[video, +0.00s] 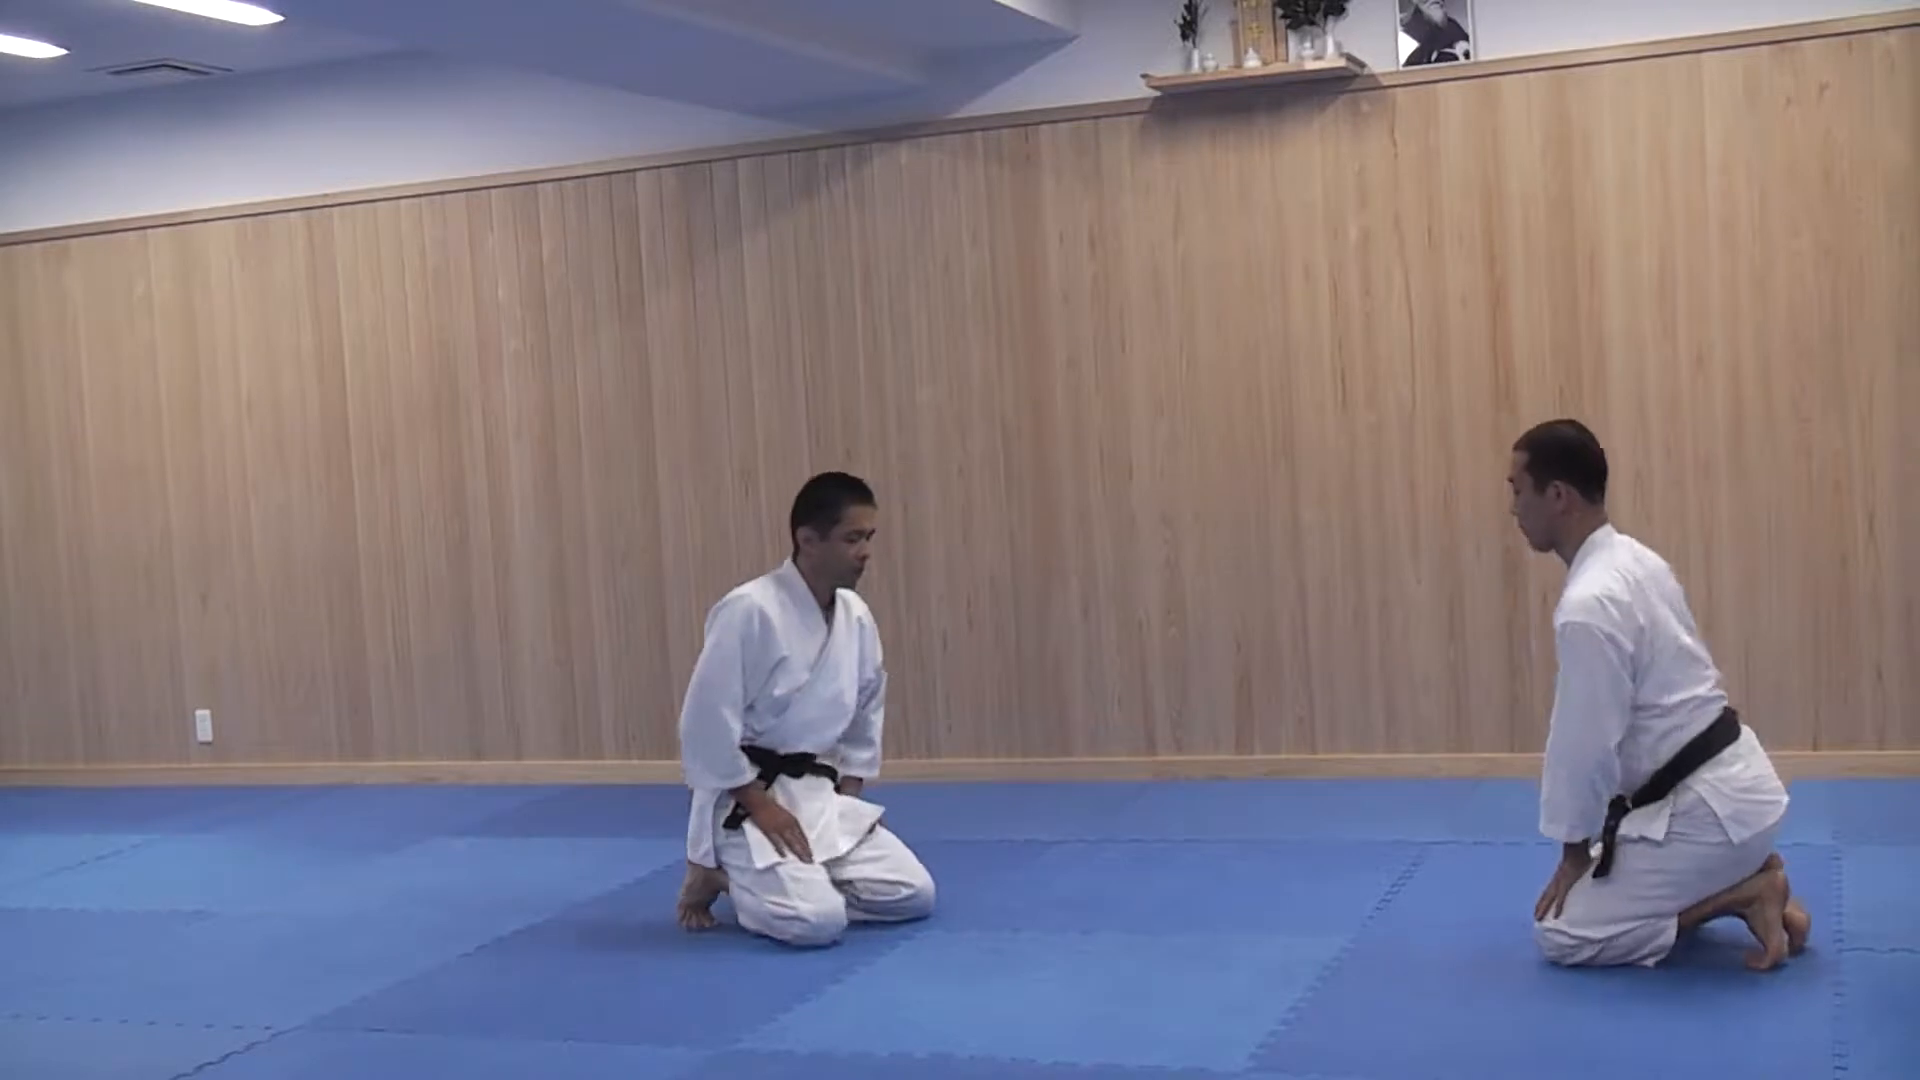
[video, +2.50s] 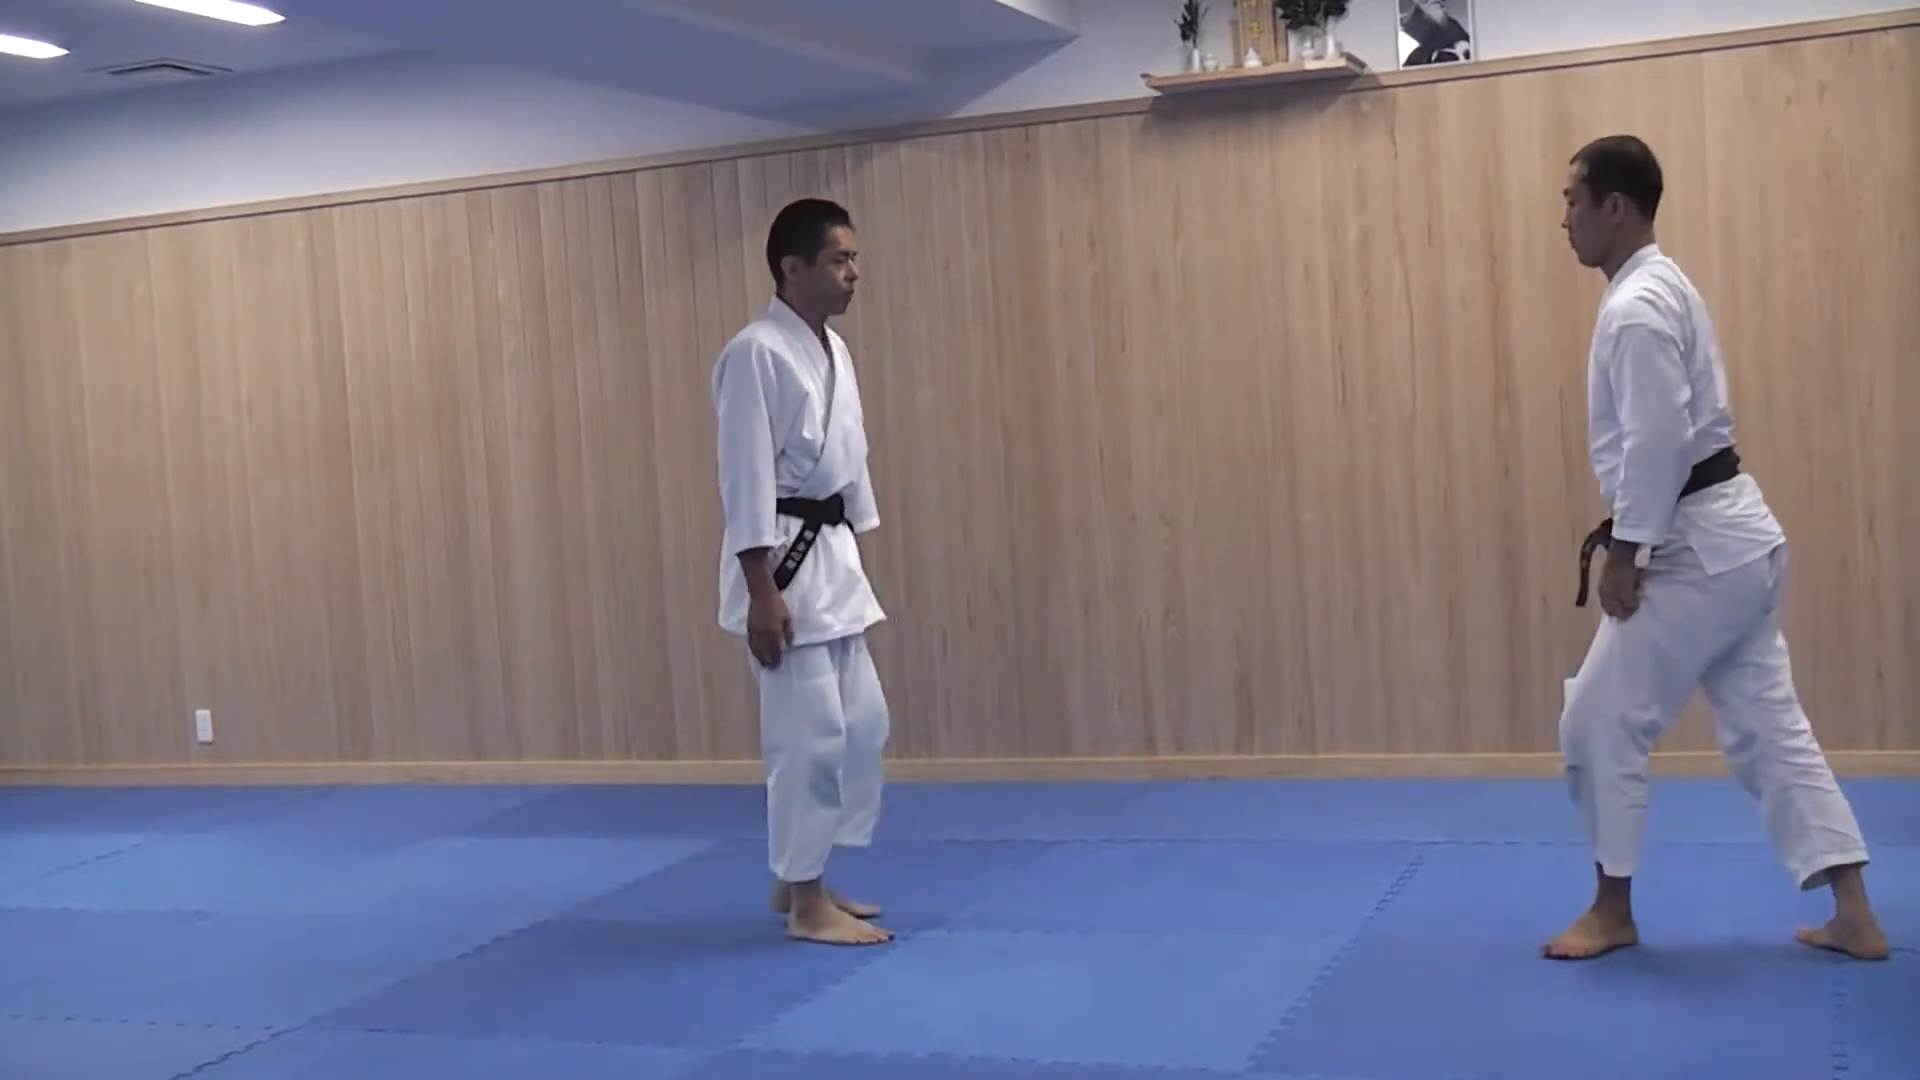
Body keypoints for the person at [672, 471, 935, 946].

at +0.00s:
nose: (866, 553)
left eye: (869, 539)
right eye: (854, 540)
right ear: (806, 540)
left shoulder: (856, 616)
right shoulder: (748, 611)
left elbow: (865, 720)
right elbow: (705, 726)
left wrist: (845, 808)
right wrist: (760, 804)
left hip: (819, 799)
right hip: (744, 804)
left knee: (912, 896)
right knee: (819, 922)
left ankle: (782, 867)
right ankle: (719, 878)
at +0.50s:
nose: (772, 536)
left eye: (774, 521)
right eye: (758, 524)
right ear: (711, 529)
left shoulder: (775, 597)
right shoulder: (656, 613)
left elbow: (805, 680)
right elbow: (638, 733)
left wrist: (813, 751)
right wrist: (695, 804)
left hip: (777, 777)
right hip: (705, 793)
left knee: (884, 859)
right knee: (762, 929)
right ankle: (698, 887)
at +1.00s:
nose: (840, 529)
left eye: (841, 515)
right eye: (826, 516)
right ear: (777, 522)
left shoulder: (827, 584)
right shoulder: (721, 602)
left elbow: (838, 659)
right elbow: (686, 720)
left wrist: (836, 705)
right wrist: (733, 806)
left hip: (817, 750)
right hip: (751, 780)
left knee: (928, 752)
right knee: (763, 936)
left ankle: (868, 887)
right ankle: (703, 871)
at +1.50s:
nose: (905, 431)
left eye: (907, 418)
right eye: (893, 418)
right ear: (843, 423)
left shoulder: (888, 492)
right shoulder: (786, 494)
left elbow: (902, 581)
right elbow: (751, 611)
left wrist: (891, 649)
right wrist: (781, 711)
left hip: (857, 681)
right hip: (787, 689)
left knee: (950, 758)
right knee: (797, 864)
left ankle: (872, 888)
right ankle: (700, 864)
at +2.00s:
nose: (901, 290)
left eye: (905, 278)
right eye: (888, 277)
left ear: (897, 284)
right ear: (839, 280)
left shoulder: (896, 371)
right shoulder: (782, 355)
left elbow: (907, 484)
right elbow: (758, 474)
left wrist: (899, 576)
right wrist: (784, 575)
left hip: (864, 568)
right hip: (794, 569)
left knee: (899, 727)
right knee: (810, 741)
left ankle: (865, 886)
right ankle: (750, 885)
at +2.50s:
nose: (853, 272)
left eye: (854, 259)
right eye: (838, 260)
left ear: (820, 269)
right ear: (791, 269)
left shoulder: (833, 349)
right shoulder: (755, 352)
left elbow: (842, 469)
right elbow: (743, 480)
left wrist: (853, 572)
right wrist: (761, 592)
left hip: (832, 563)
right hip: (785, 569)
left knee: (863, 721)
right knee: (812, 732)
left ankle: (809, 877)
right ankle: (804, 901)